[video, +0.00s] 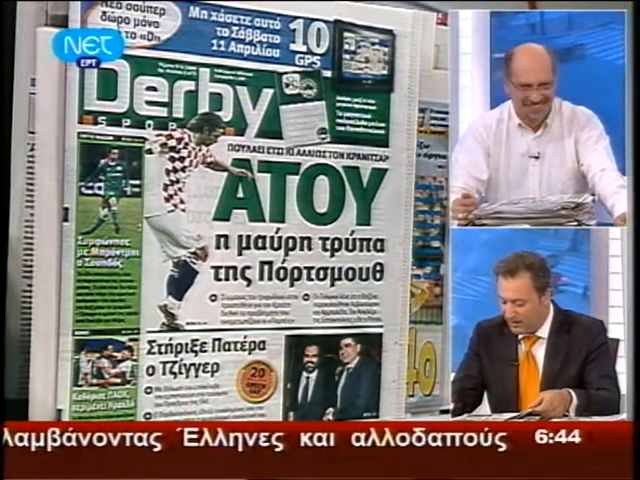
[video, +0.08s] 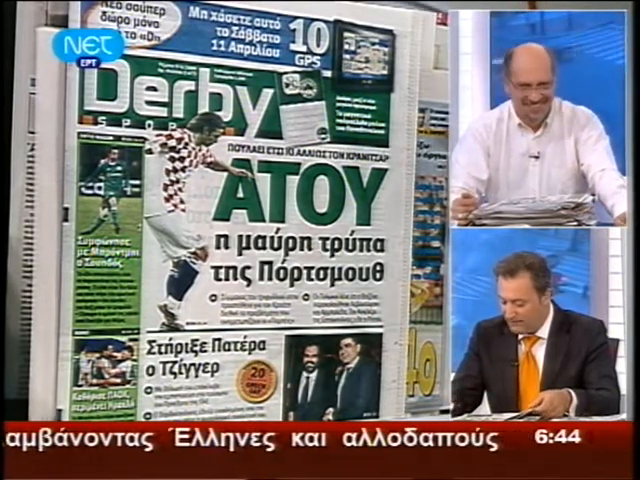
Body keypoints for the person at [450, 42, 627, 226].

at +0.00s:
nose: (535, 97)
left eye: (544, 86)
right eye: (525, 87)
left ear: (555, 81)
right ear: (507, 85)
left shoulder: (582, 123)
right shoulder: (484, 130)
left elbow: (605, 173)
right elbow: (463, 188)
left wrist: (625, 211)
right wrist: (462, 207)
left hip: (568, 244)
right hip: (500, 245)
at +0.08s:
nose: (534, 97)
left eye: (543, 86)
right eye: (524, 87)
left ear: (555, 81)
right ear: (507, 85)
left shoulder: (582, 122)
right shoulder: (484, 130)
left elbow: (605, 173)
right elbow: (463, 188)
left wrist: (625, 211)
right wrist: (462, 207)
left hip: (569, 244)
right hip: (501, 244)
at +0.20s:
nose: (534, 97)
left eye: (543, 86)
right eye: (524, 87)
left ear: (554, 81)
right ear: (508, 85)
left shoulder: (582, 122)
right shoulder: (485, 128)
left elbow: (605, 173)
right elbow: (462, 187)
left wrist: (624, 211)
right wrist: (462, 207)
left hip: (569, 243)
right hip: (501, 244)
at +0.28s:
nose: (533, 98)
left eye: (542, 87)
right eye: (523, 88)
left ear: (554, 81)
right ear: (507, 85)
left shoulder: (582, 122)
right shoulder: (485, 129)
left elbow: (605, 173)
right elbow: (462, 188)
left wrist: (624, 211)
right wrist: (462, 208)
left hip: (569, 244)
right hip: (501, 244)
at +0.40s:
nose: (533, 99)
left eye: (542, 88)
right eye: (523, 89)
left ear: (554, 82)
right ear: (507, 86)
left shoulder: (582, 123)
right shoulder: (485, 129)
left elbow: (605, 173)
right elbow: (462, 188)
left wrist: (624, 211)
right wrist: (462, 208)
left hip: (569, 244)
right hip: (501, 245)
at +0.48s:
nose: (532, 99)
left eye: (541, 89)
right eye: (522, 90)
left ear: (554, 82)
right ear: (507, 86)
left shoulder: (582, 123)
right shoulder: (485, 129)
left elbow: (605, 173)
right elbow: (462, 188)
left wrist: (624, 211)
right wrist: (462, 208)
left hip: (569, 244)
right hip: (501, 245)